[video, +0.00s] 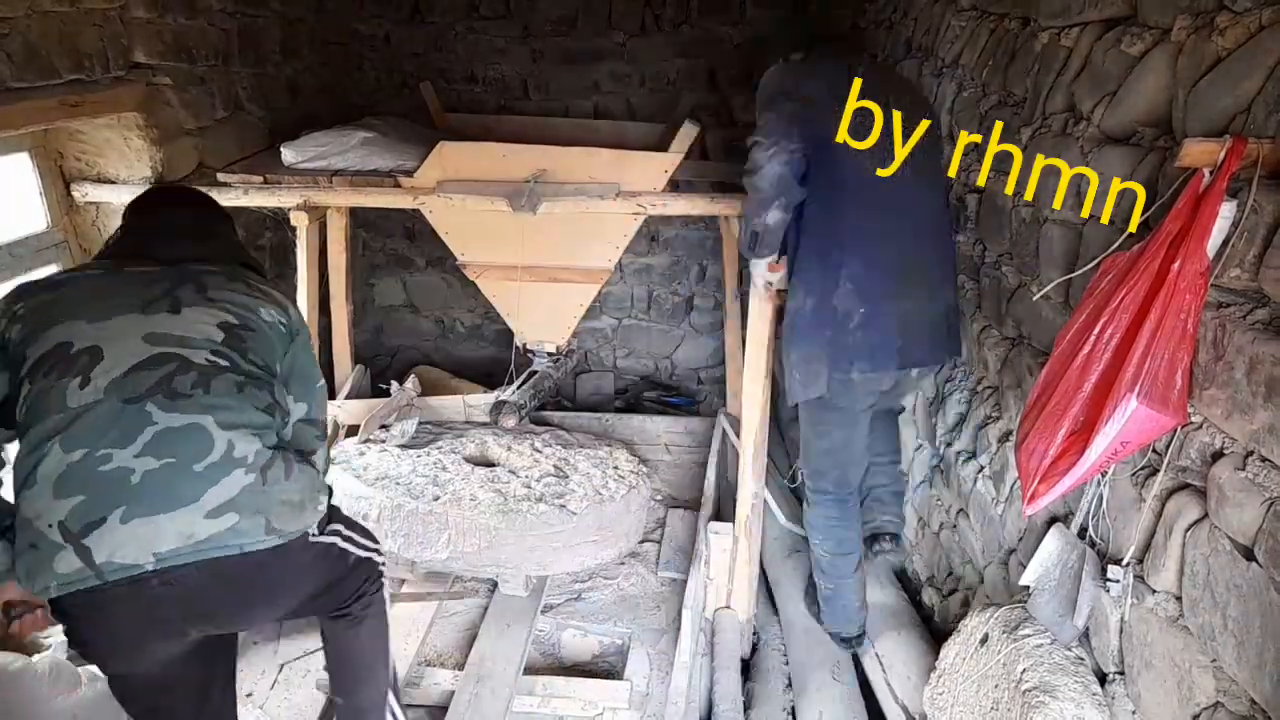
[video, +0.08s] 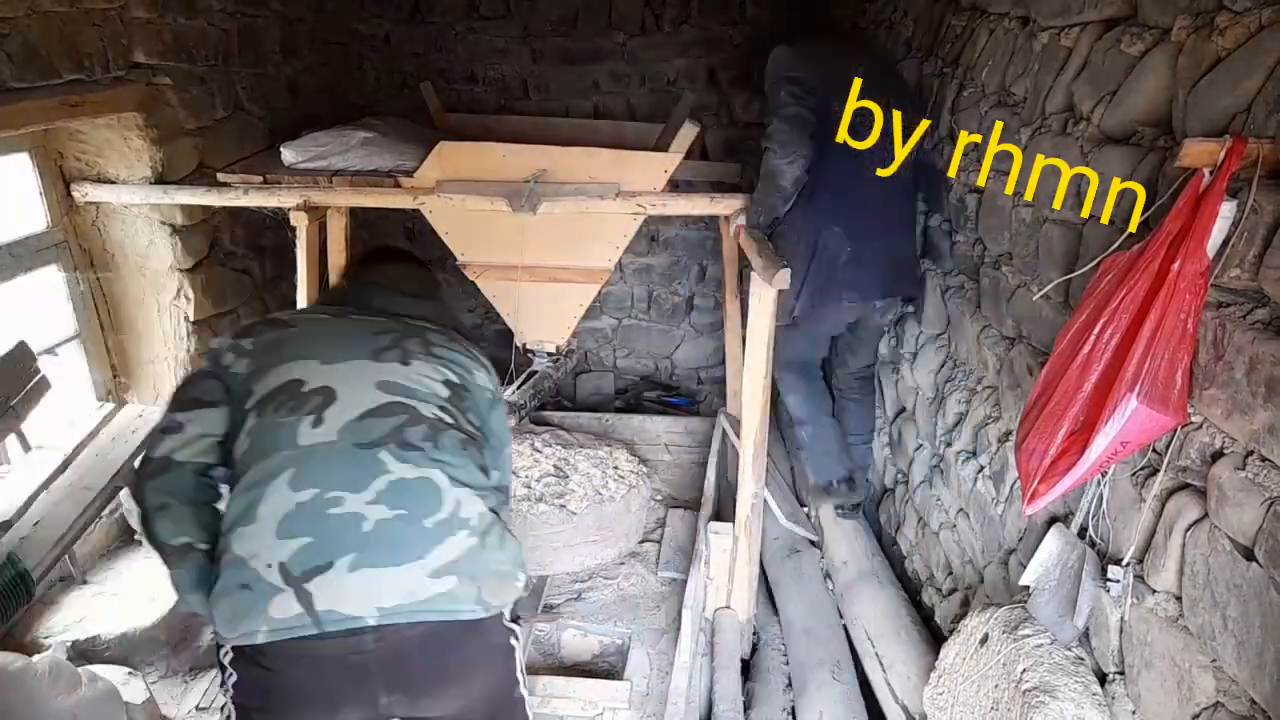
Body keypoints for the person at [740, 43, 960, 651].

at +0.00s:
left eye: (765, 64)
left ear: (782, 48)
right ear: (852, 40)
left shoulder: (792, 83)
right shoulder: (909, 94)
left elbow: (776, 170)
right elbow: (937, 202)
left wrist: (764, 254)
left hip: (838, 322)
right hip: (918, 315)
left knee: (832, 490)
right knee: (881, 416)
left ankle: (846, 622)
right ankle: (884, 528)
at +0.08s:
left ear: (792, 22)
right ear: (856, 25)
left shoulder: (796, 62)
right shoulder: (897, 82)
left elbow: (791, 156)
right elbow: (933, 178)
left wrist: (758, 220)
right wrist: (936, 247)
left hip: (826, 257)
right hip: (889, 257)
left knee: (796, 361)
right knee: (856, 376)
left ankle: (833, 482)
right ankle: (857, 491)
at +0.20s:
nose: (715, 56)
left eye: (716, 45)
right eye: (711, 47)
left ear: (733, 35)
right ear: (731, 38)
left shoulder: (780, 60)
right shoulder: (749, 72)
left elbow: (818, 124)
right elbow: (755, 139)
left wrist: (781, 182)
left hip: (791, 212)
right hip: (765, 209)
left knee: (767, 314)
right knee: (759, 309)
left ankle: (794, 416)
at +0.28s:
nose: (668, 74)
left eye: (668, 64)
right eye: (663, 67)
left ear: (686, 52)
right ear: (681, 52)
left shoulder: (744, 66)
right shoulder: (699, 83)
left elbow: (793, 116)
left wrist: (755, 158)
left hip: (754, 202)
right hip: (719, 204)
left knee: (713, 297)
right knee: (717, 298)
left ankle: (693, 393)